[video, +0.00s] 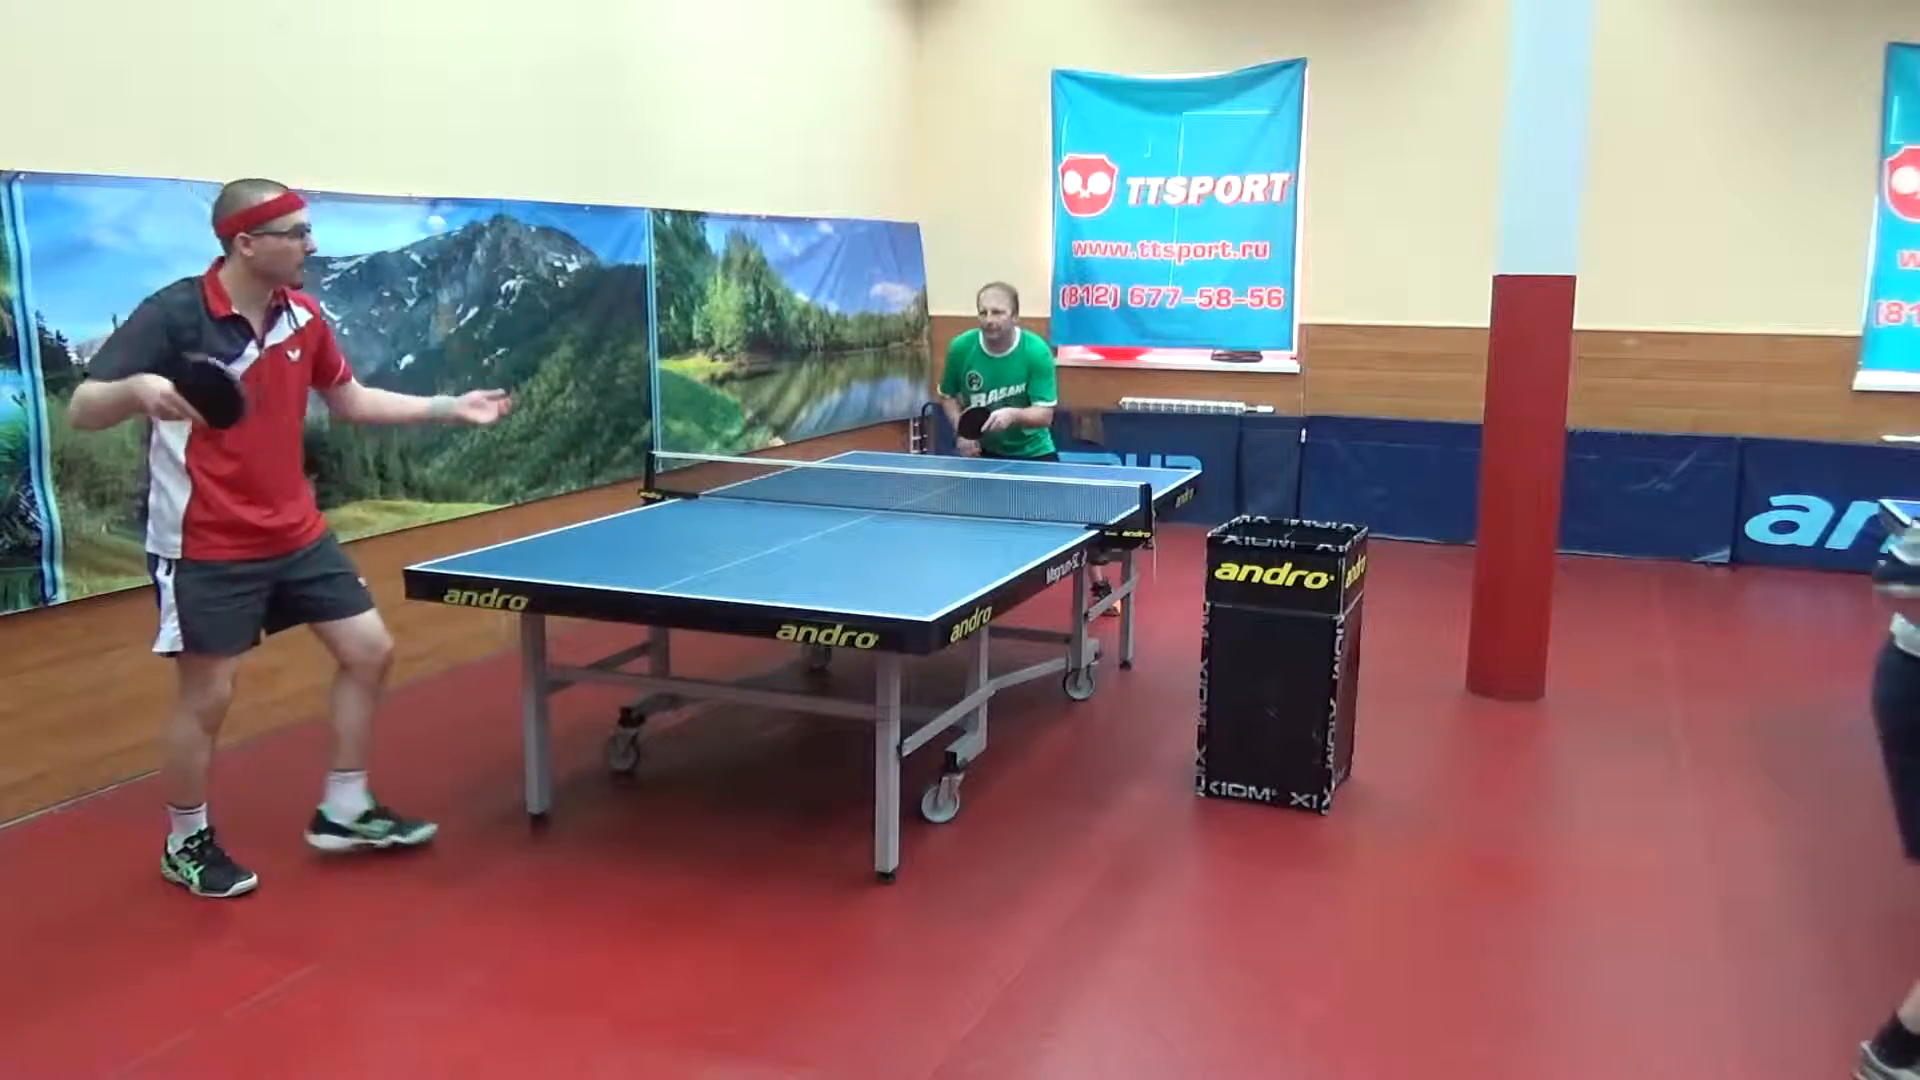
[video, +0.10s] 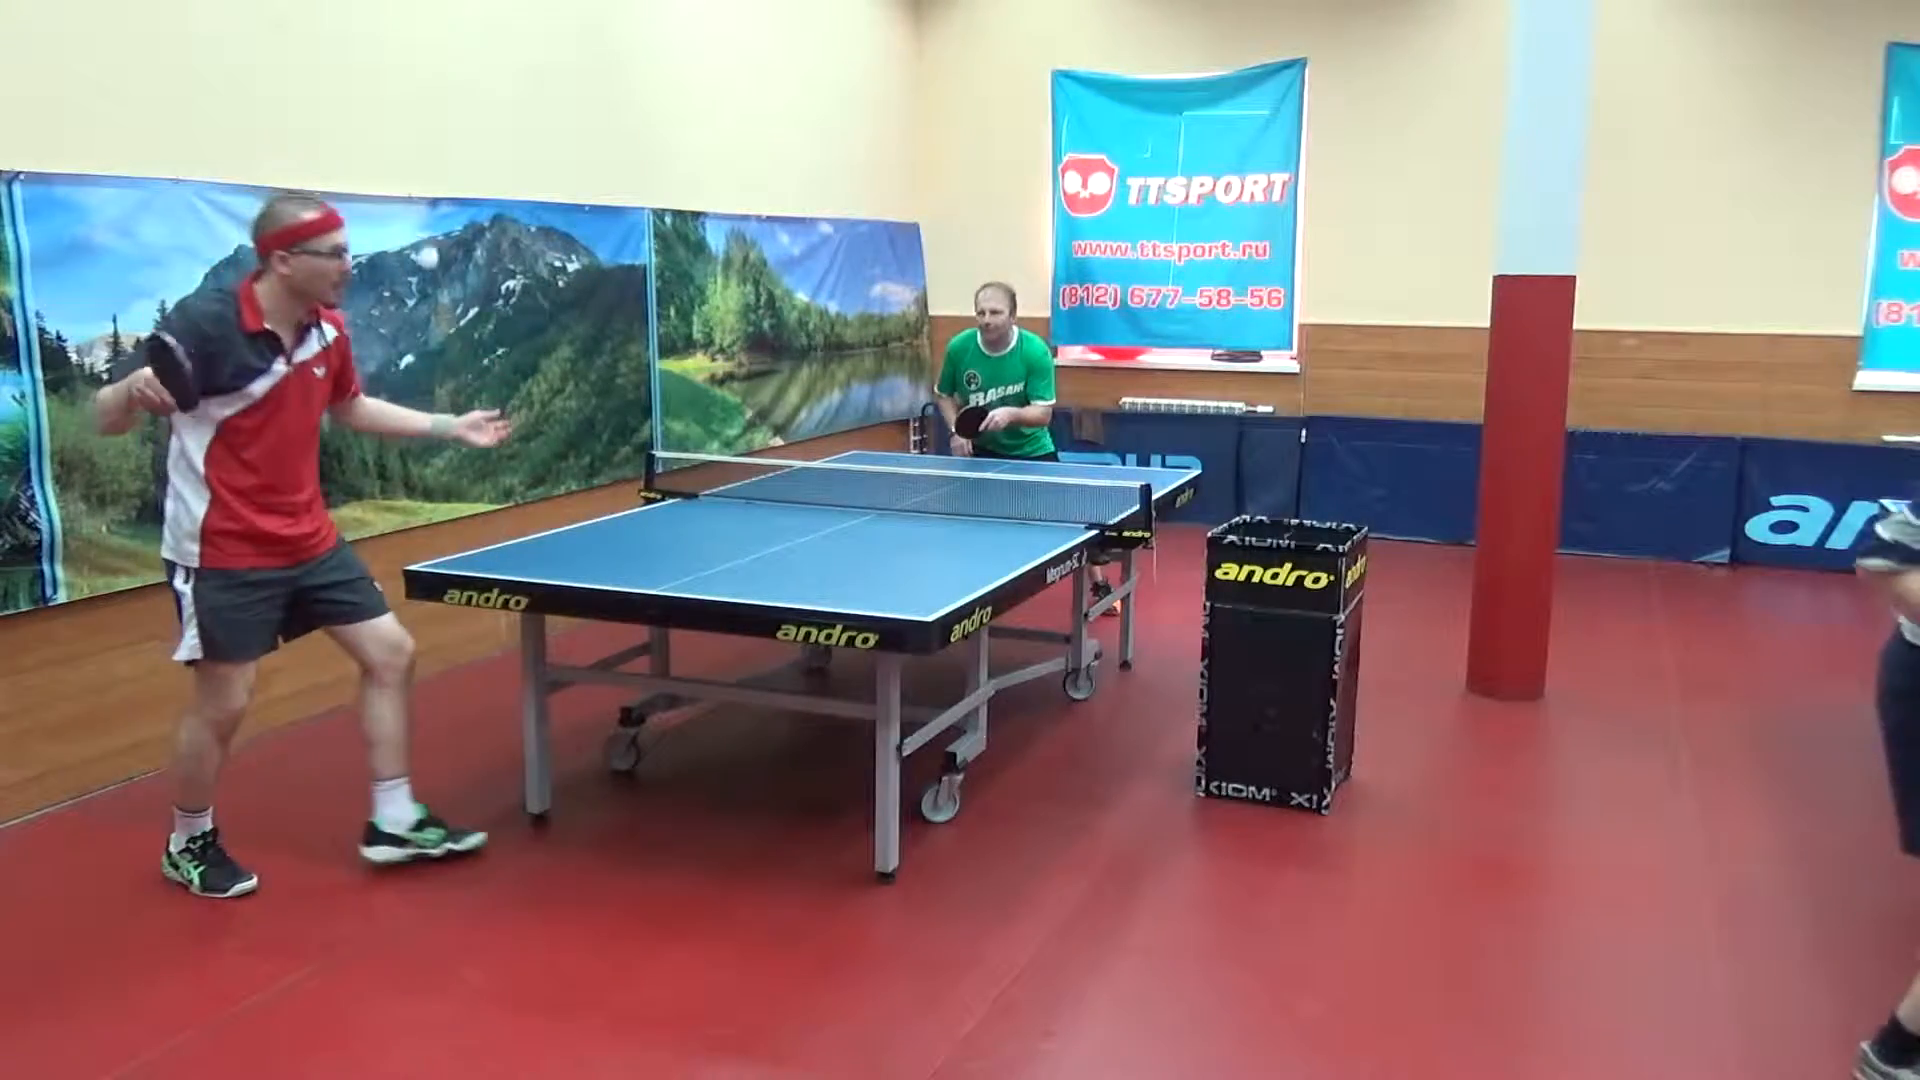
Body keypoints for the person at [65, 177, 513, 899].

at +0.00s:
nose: (308, 244)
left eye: (307, 230)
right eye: (294, 234)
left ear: (276, 243)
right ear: (245, 244)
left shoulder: (303, 315)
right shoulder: (172, 316)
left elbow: (351, 401)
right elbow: (83, 409)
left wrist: (449, 407)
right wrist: (135, 391)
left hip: (296, 533)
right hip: (205, 546)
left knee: (368, 652)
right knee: (206, 699)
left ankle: (344, 812)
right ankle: (187, 842)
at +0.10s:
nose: (347, 265)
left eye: (346, 251)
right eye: (333, 254)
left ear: (303, 261)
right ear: (284, 261)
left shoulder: (326, 326)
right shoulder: (208, 324)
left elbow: (352, 408)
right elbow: (106, 417)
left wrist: (450, 426)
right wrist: (133, 392)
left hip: (309, 540)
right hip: (223, 551)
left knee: (390, 654)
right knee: (221, 706)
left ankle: (395, 823)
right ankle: (189, 844)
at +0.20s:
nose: (397, 289)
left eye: (397, 275)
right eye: (384, 277)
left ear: (351, 281)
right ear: (333, 280)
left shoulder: (359, 347)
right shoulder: (253, 344)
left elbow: (349, 422)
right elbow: (150, 425)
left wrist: (443, 445)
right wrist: (186, 408)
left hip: (328, 552)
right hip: (246, 563)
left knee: (414, 660)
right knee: (239, 722)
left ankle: (422, 831)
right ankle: (192, 841)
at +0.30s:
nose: (455, 311)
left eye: (456, 298)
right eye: (445, 298)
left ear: (405, 297)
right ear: (397, 296)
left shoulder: (390, 362)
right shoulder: (303, 348)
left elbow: (356, 436)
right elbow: (206, 426)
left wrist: (433, 466)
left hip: (355, 561)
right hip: (279, 572)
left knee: (436, 667)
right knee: (282, 728)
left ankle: (426, 835)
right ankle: (195, 831)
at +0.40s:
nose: (497, 320)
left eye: (497, 307)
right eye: (490, 306)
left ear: (449, 305)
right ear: (449, 304)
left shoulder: (410, 363)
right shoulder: (361, 353)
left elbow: (364, 456)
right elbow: (283, 442)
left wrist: (435, 480)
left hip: (376, 563)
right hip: (317, 574)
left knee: (453, 669)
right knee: (351, 734)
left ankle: (427, 837)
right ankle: (216, 805)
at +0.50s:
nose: (514, 325)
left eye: (515, 313)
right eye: (510, 312)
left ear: (468, 306)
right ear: (478, 309)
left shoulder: (422, 353)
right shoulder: (415, 360)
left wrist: (442, 469)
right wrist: (457, 483)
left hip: (386, 562)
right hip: (346, 572)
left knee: (463, 665)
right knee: (419, 731)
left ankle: (429, 835)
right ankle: (260, 814)